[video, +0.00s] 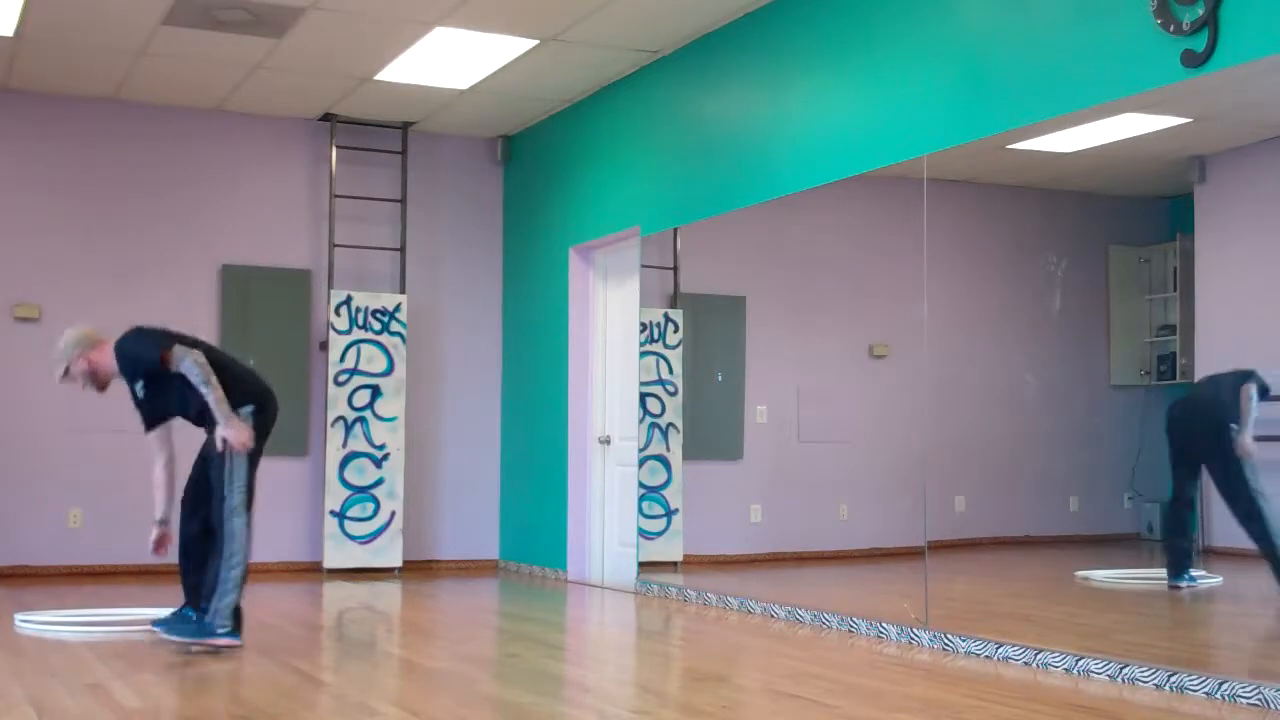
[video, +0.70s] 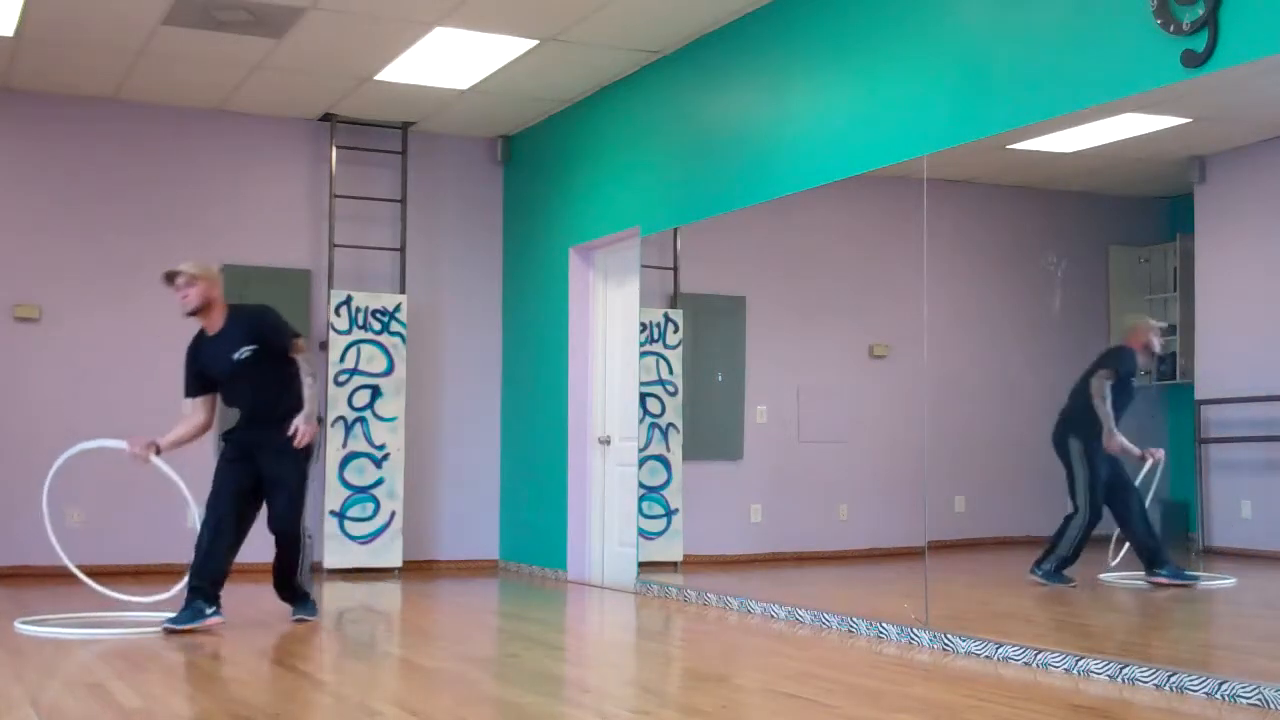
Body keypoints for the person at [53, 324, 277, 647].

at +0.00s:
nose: (77, 383)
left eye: (71, 373)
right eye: (70, 377)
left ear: (84, 357)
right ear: (86, 358)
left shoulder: (132, 346)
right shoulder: (141, 387)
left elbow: (192, 361)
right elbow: (163, 453)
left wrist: (227, 420)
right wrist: (161, 521)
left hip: (246, 409)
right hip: (226, 421)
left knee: (229, 514)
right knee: (196, 509)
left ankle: (223, 621)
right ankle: (196, 609)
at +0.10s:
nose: (84, 432)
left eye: (77, 423)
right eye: (77, 427)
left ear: (88, 405)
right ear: (91, 408)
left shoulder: (132, 374)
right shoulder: (142, 430)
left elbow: (193, 368)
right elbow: (148, 493)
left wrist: (241, 415)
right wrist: (133, 559)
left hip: (252, 407)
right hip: (227, 424)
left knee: (267, 509)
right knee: (197, 508)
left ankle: (283, 610)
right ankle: (202, 608)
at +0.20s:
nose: (90, 454)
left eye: (84, 446)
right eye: (83, 451)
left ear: (93, 424)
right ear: (96, 432)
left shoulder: (137, 391)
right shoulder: (140, 451)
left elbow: (199, 376)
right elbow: (136, 516)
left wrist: (253, 414)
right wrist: (115, 581)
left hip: (253, 413)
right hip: (227, 434)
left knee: (292, 500)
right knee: (194, 510)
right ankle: (201, 609)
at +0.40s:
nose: (90, 419)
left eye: (88, 409)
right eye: (85, 414)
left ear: (108, 390)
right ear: (105, 402)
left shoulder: (163, 372)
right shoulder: (145, 436)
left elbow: (229, 369)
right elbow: (152, 496)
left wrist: (276, 409)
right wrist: (126, 554)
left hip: (268, 410)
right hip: (237, 438)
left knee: (307, 499)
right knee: (203, 508)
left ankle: (397, 544)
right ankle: (202, 607)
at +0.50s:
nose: (106, 368)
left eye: (109, 357)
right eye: (103, 361)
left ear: (134, 347)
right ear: (127, 355)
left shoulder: (185, 347)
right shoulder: (155, 403)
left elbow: (250, 354)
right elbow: (169, 466)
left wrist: (286, 406)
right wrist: (137, 513)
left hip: (279, 418)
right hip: (239, 435)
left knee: (296, 502)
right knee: (211, 511)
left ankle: (356, 559)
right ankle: (203, 604)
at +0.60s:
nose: (139, 321)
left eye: (145, 311)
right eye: (136, 316)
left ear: (171, 311)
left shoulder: (217, 325)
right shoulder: (173, 373)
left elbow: (276, 347)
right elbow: (185, 439)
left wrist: (293, 408)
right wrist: (148, 477)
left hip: (283, 421)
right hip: (242, 431)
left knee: (287, 510)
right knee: (219, 512)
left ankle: (308, 592)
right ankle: (205, 601)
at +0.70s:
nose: (182, 294)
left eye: (189, 286)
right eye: (178, 290)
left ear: (213, 285)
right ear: (178, 298)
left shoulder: (259, 319)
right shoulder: (199, 351)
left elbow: (307, 359)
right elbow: (199, 418)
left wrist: (310, 413)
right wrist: (158, 444)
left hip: (287, 429)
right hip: (245, 434)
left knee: (286, 522)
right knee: (221, 515)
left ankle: (295, 593)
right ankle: (203, 601)